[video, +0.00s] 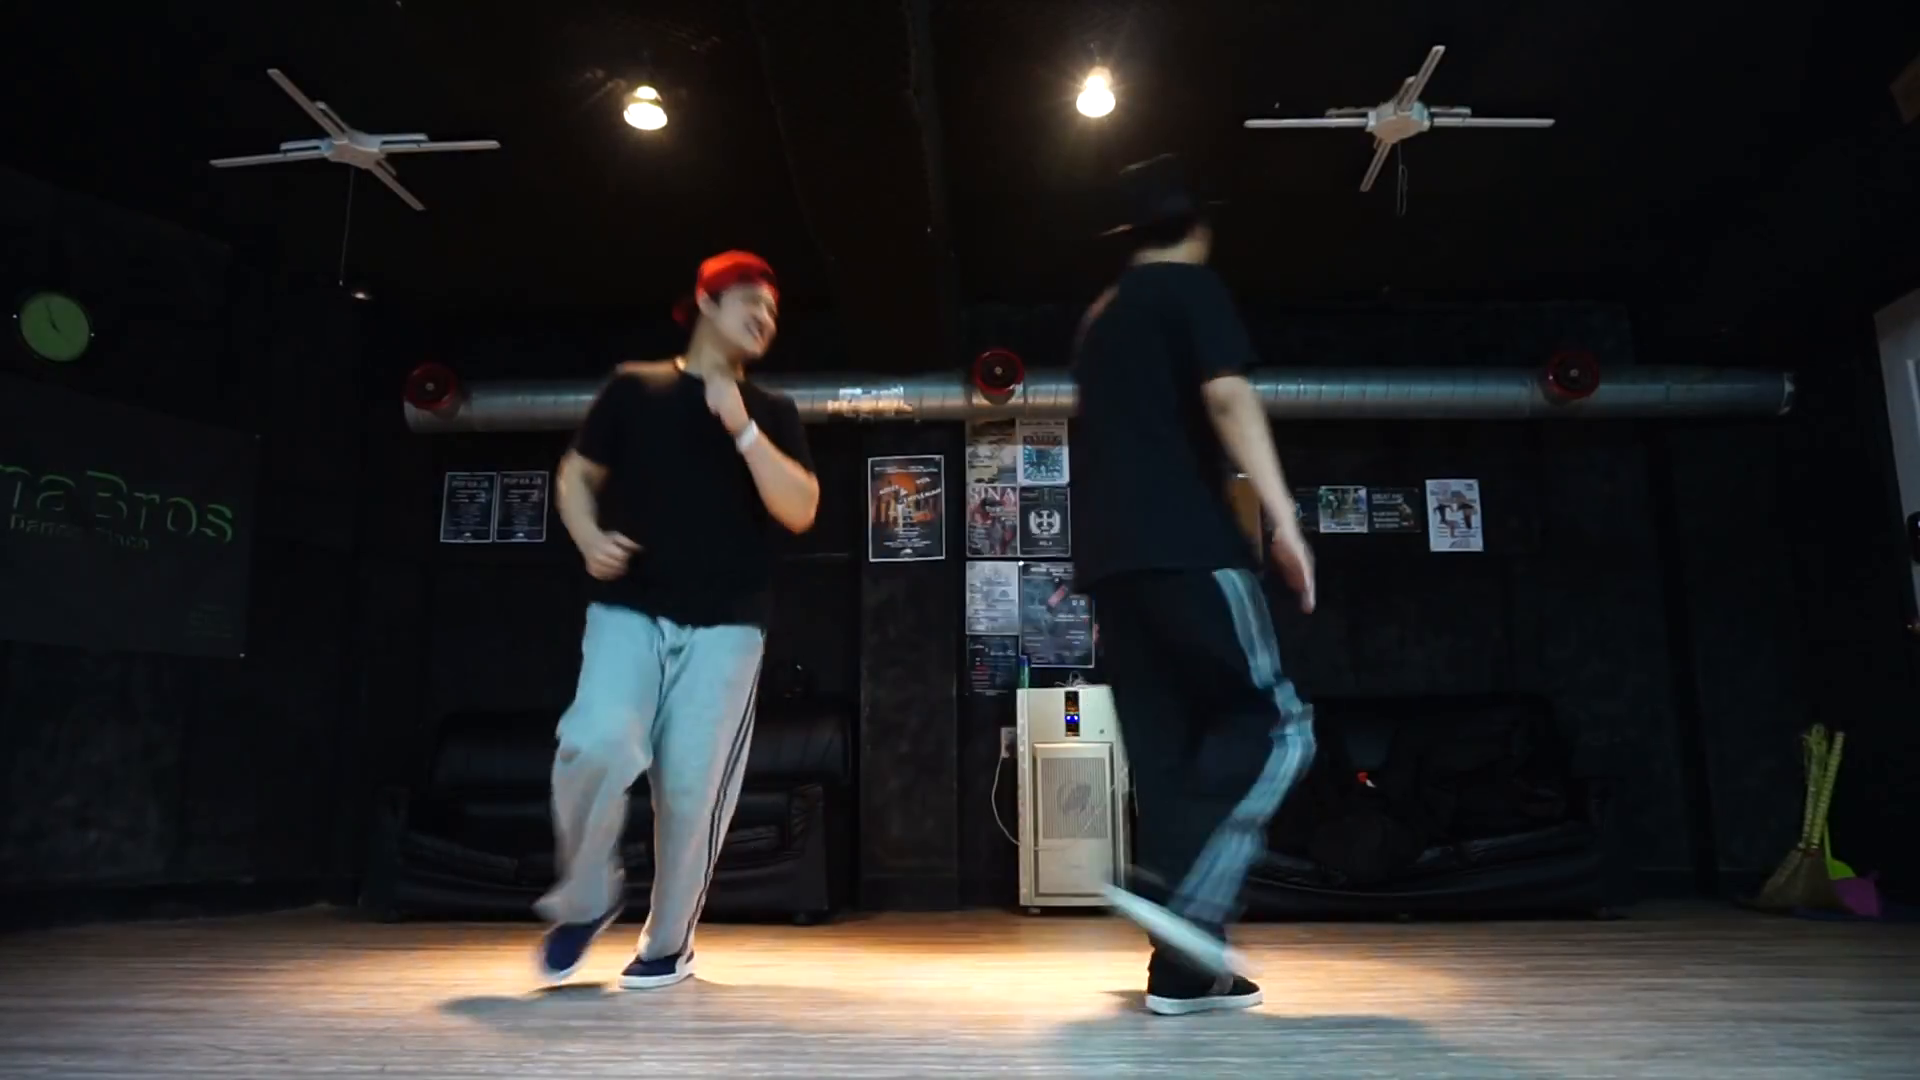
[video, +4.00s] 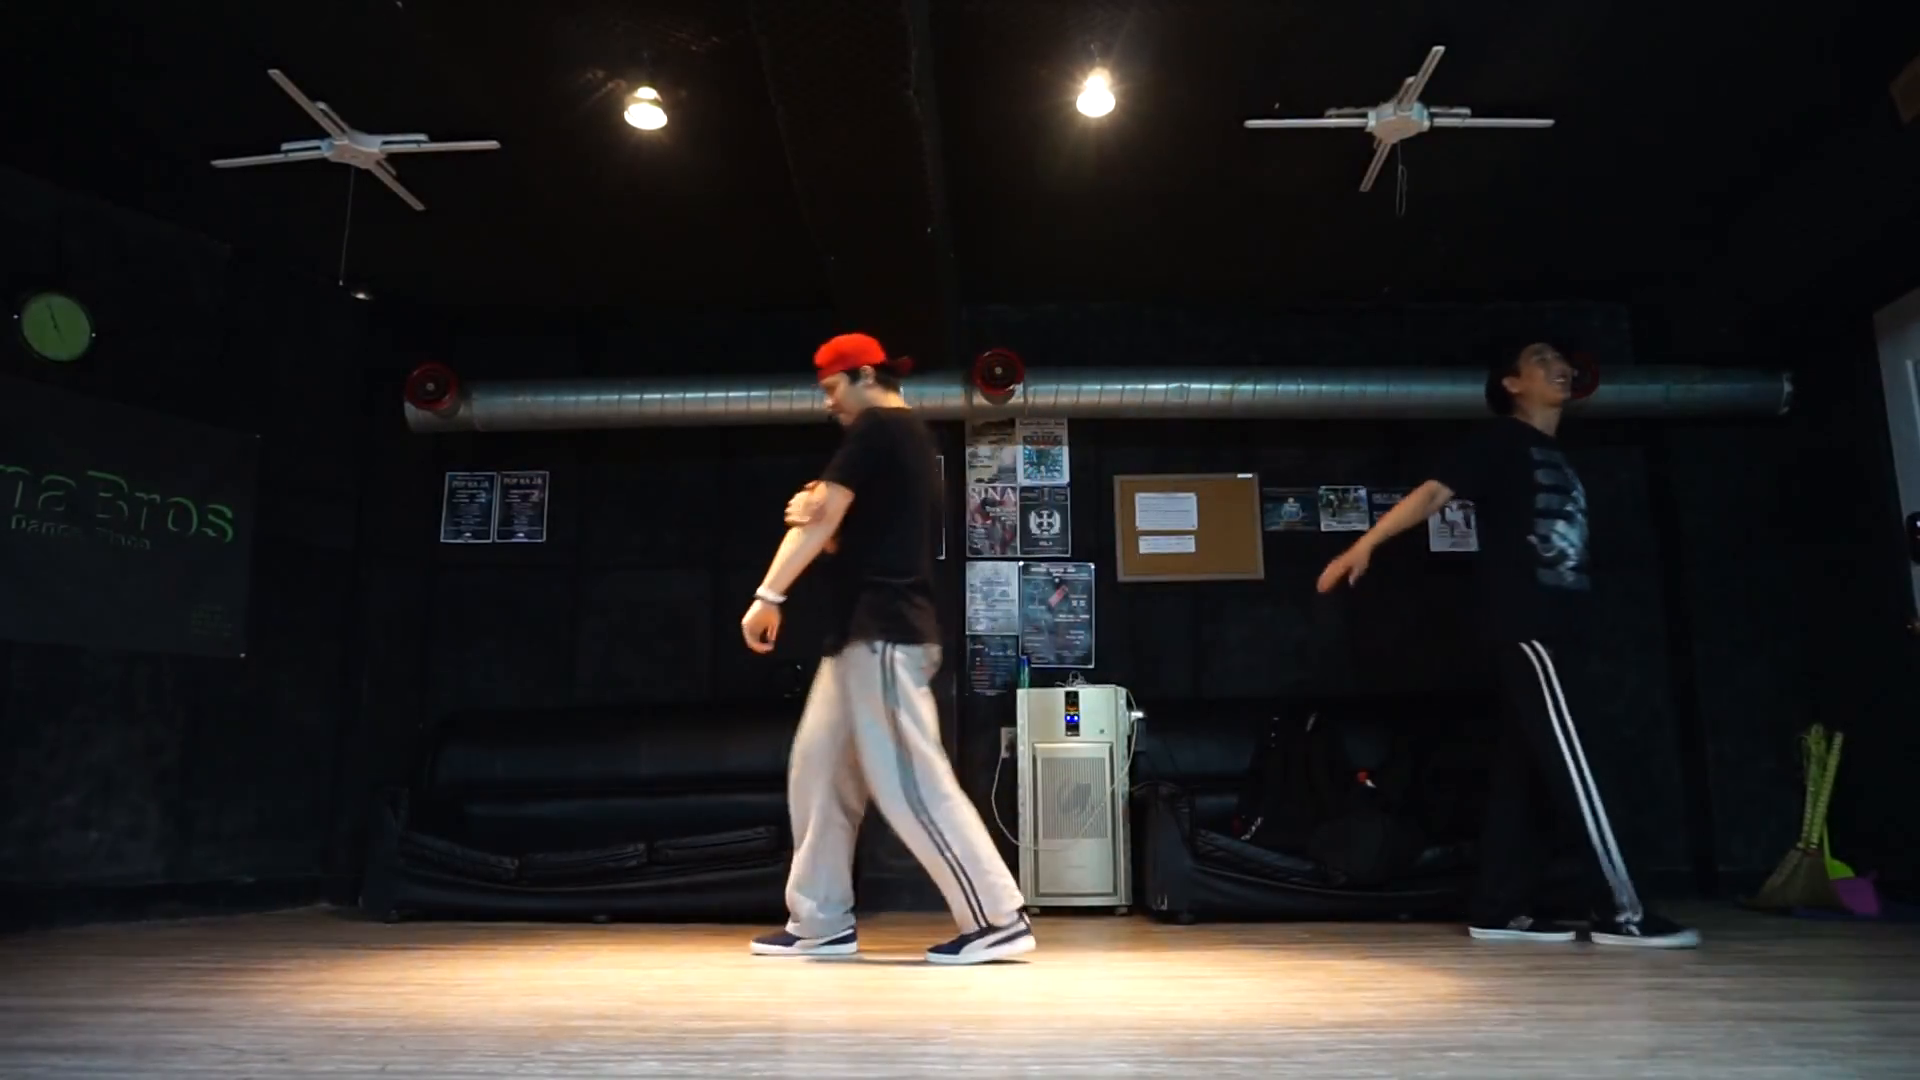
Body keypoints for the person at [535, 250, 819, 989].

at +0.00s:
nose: (764, 319)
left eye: (770, 312)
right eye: (750, 304)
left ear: (770, 328)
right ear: (706, 304)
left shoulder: (771, 412)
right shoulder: (633, 389)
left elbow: (801, 511)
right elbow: (575, 477)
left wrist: (746, 432)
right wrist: (590, 536)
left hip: (726, 618)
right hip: (628, 606)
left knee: (691, 785)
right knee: (599, 747)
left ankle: (668, 944)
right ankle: (583, 901)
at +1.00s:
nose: (870, 266)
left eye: (877, 253)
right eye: (868, 244)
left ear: (838, 232)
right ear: (823, 216)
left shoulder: (793, 317)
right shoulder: (741, 259)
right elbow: (798, 367)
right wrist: (878, 481)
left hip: (814, 589)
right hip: (729, 583)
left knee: (867, 788)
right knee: (750, 782)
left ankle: (760, 1001)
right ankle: (569, 900)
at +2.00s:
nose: (1097, 231)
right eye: (1096, 220)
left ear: (1015, 229)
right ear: (1094, 219)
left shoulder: (977, 286)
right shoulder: (1117, 261)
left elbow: (1008, 414)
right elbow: (1196, 391)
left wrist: (1109, 474)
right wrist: (1255, 459)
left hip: (995, 556)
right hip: (1095, 539)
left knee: (1084, 760)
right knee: (1091, 766)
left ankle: (1129, 960)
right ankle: (1054, 996)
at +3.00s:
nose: (1013, 363)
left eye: (1013, 355)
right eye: (1017, 356)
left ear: (1024, 350)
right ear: (1082, 343)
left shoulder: (1013, 390)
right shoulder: (1143, 409)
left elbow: (964, 487)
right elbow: (1172, 523)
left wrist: (988, 415)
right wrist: (1210, 611)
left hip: (1044, 614)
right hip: (1124, 618)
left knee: (1002, 762)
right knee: (1101, 777)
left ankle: (1104, 867)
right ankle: (1110, 944)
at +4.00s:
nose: (826, 402)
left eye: (830, 388)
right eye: (824, 390)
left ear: (861, 378)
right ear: (869, 379)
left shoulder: (875, 430)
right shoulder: (904, 431)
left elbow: (820, 523)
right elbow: (876, 519)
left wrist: (768, 595)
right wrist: (817, 506)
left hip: (883, 636)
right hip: (860, 637)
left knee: (912, 781)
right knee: (817, 770)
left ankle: (998, 924)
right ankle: (821, 925)